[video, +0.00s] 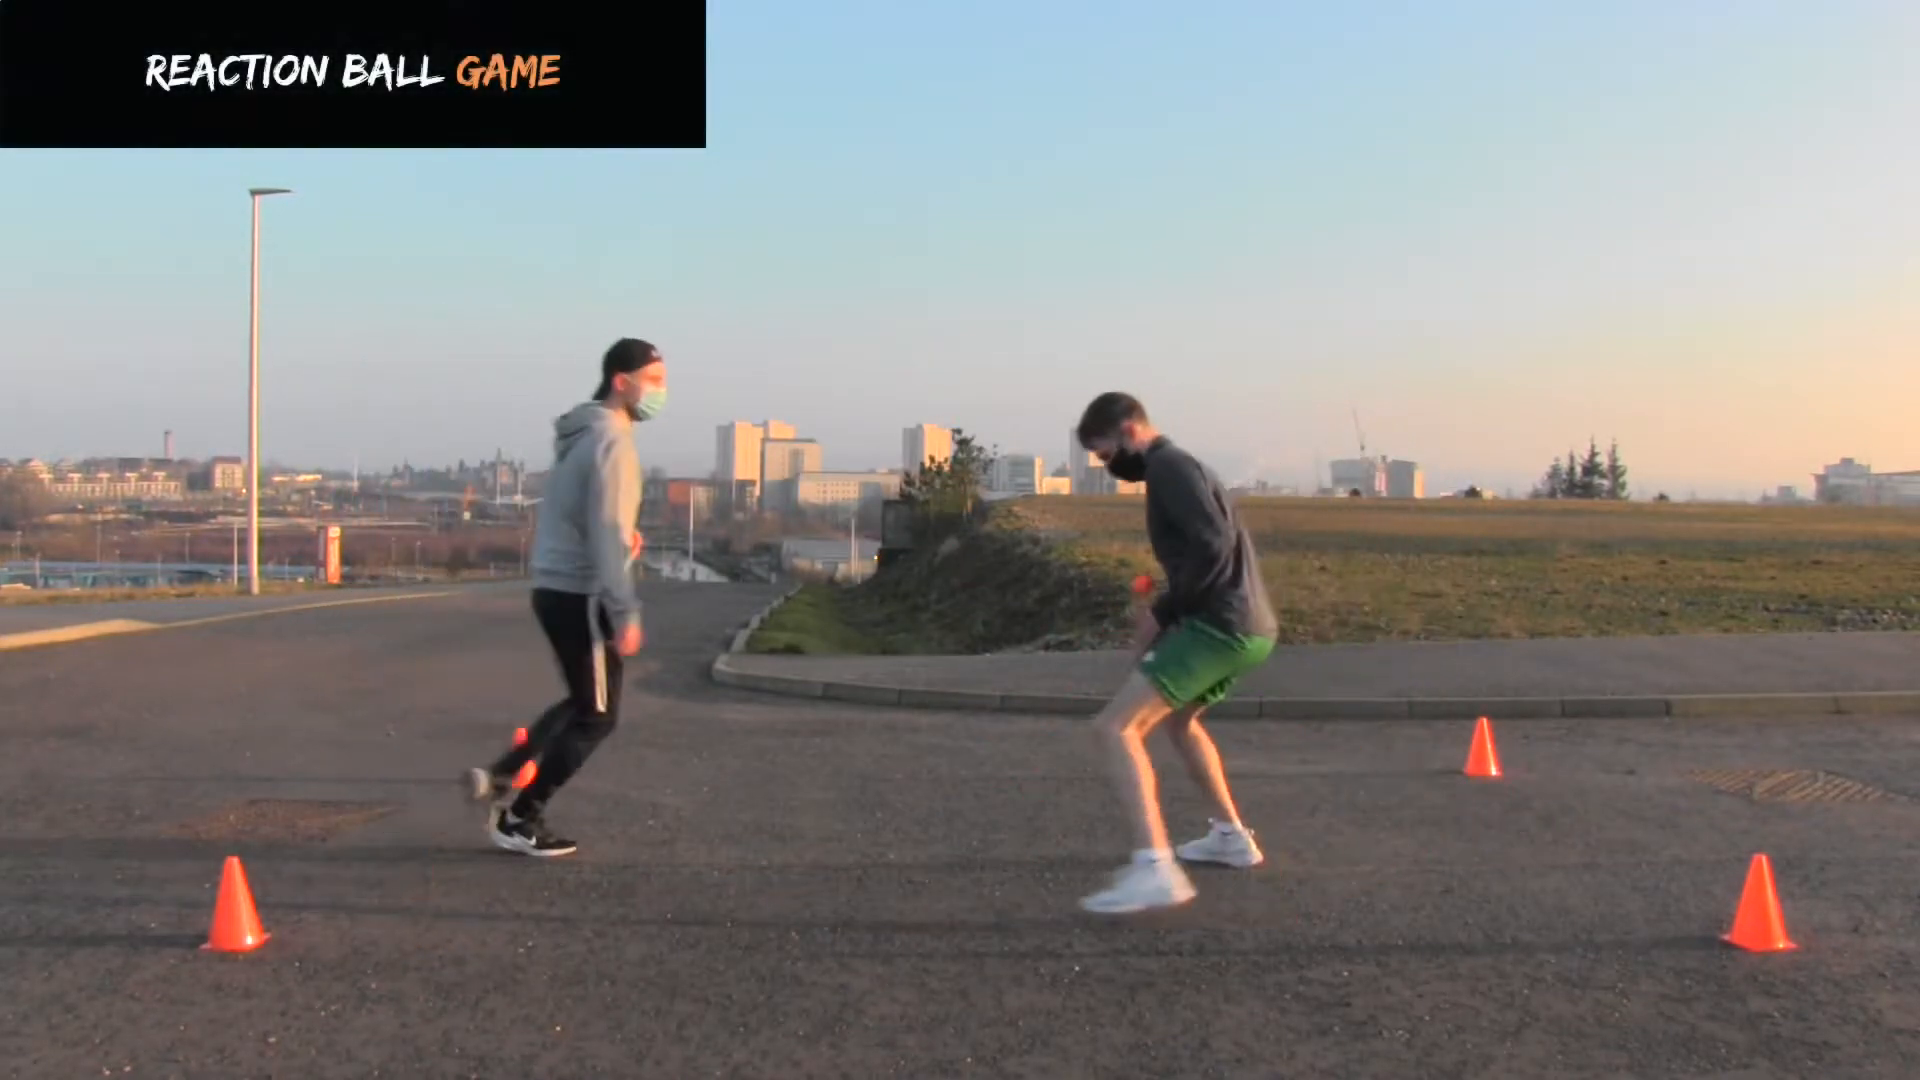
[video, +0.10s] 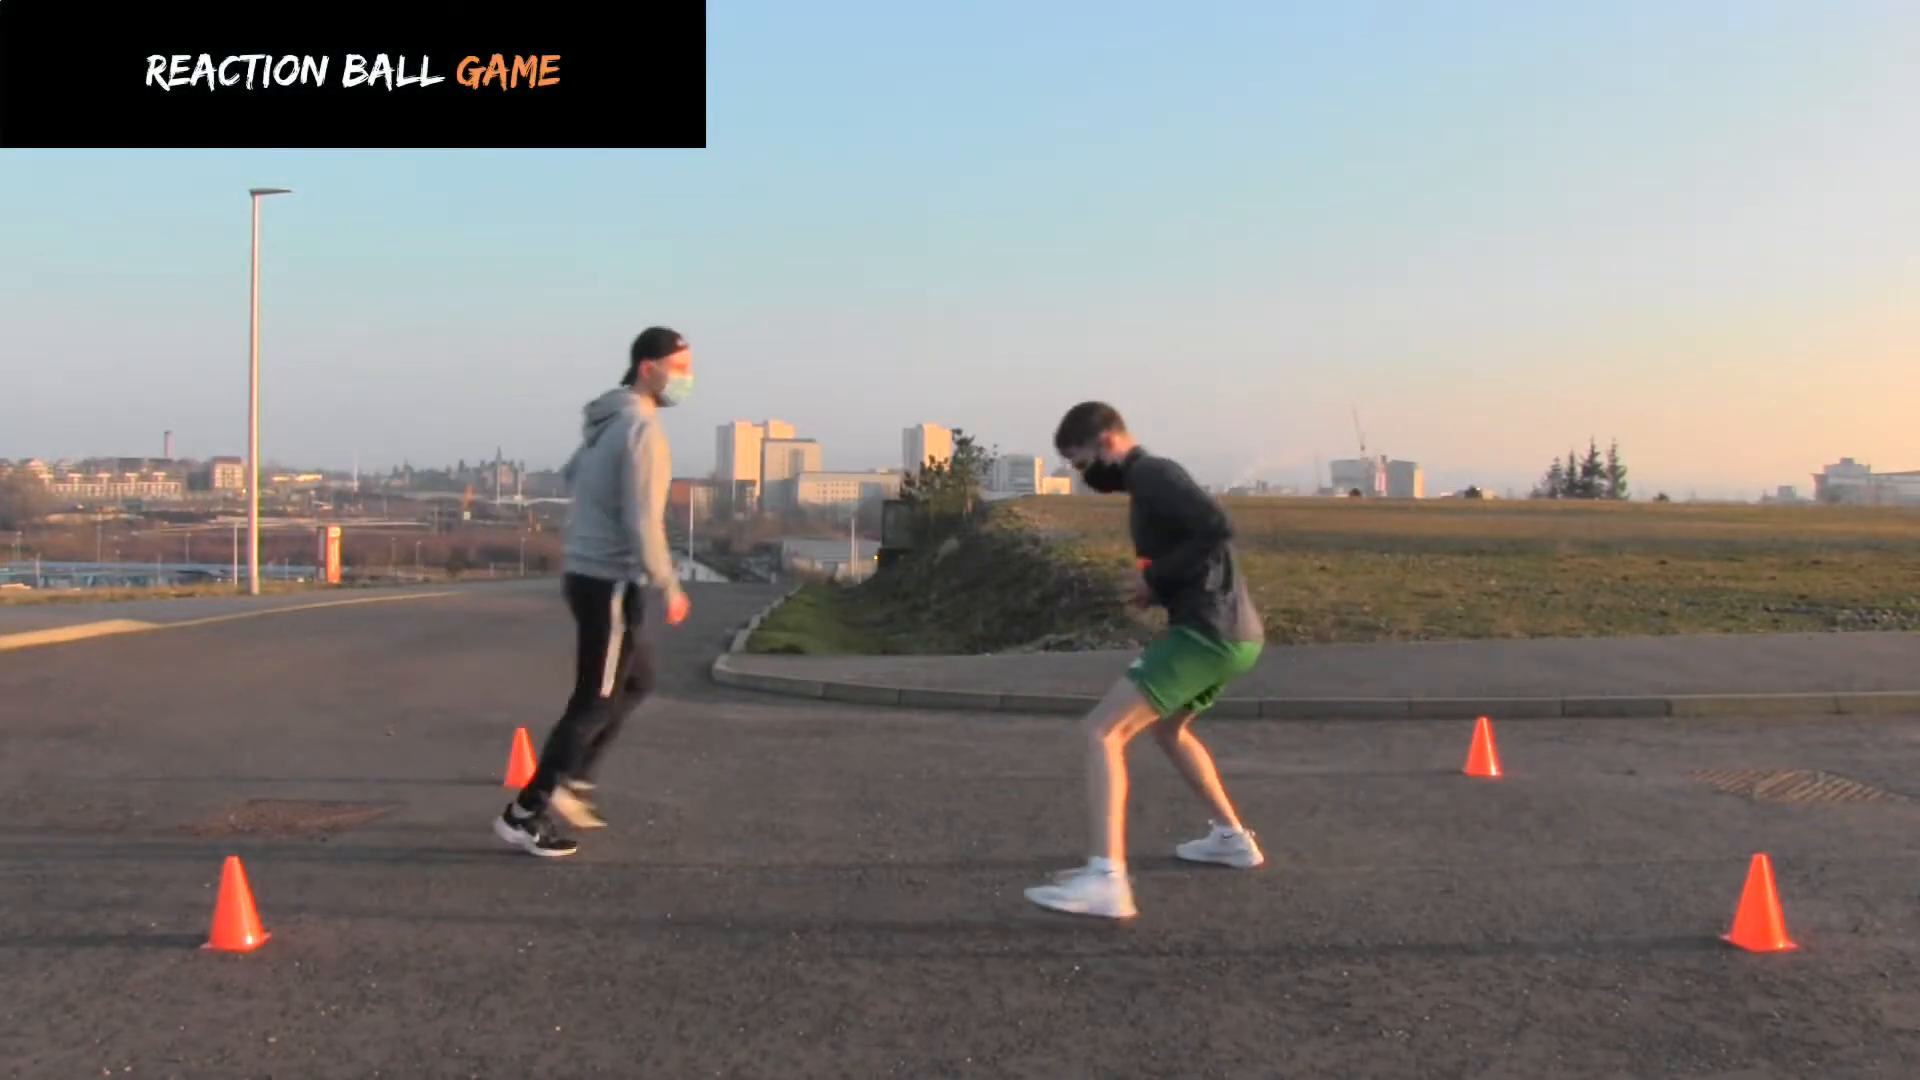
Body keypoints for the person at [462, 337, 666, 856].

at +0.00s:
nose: (661, 390)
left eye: (663, 380)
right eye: (654, 380)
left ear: (619, 383)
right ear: (622, 381)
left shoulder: (587, 431)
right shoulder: (612, 439)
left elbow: (575, 514)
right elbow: (606, 531)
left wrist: (618, 534)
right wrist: (625, 614)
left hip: (557, 587)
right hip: (578, 591)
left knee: (587, 701)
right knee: (597, 713)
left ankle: (500, 776)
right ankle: (520, 819)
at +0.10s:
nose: (688, 375)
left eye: (689, 366)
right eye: (681, 366)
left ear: (647, 370)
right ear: (648, 368)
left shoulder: (613, 419)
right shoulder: (643, 427)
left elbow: (571, 473)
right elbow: (643, 518)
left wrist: (614, 507)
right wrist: (669, 585)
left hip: (595, 572)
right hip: (608, 578)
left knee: (636, 679)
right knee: (596, 698)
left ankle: (571, 780)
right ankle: (525, 811)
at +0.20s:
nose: (722, 361)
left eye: (723, 352)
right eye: (715, 352)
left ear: (684, 355)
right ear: (684, 353)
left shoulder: (654, 402)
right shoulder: (688, 408)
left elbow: (622, 453)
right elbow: (687, 493)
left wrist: (668, 487)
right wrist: (715, 540)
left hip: (644, 552)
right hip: (659, 556)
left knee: (675, 667)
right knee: (637, 676)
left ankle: (687, 782)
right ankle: (561, 792)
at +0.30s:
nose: (741, 375)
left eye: (743, 367)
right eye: (734, 366)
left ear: (710, 370)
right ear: (705, 367)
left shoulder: (694, 414)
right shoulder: (706, 418)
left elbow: (683, 496)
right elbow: (699, 501)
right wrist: (738, 541)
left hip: (683, 562)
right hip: (682, 564)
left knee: (715, 670)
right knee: (686, 682)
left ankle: (703, 785)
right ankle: (589, 779)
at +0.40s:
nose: (769, 387)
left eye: (772, 379)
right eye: (760, 379)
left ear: (772, 384)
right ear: (735, 383)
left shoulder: (763, 434)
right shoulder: (724, 433)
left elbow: (757, 497)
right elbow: (699, 509)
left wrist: (788, 515)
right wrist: (739, 565)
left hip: (749, 577)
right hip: (717, 580)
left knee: (755, 687)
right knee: (754, 689)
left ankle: (709, 784)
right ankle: (673, 782)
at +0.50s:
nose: (785, 373)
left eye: (789, 365)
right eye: (773, 366)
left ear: (796, 371)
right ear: (752, 372)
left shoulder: (797, 429)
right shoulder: (737, 424)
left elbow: (789, 494)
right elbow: (702, 492)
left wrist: (827, 500)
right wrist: (738, 549)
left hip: (784, 569)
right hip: (746, 570)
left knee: (759, 674)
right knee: (790, 674)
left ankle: (712, 776)